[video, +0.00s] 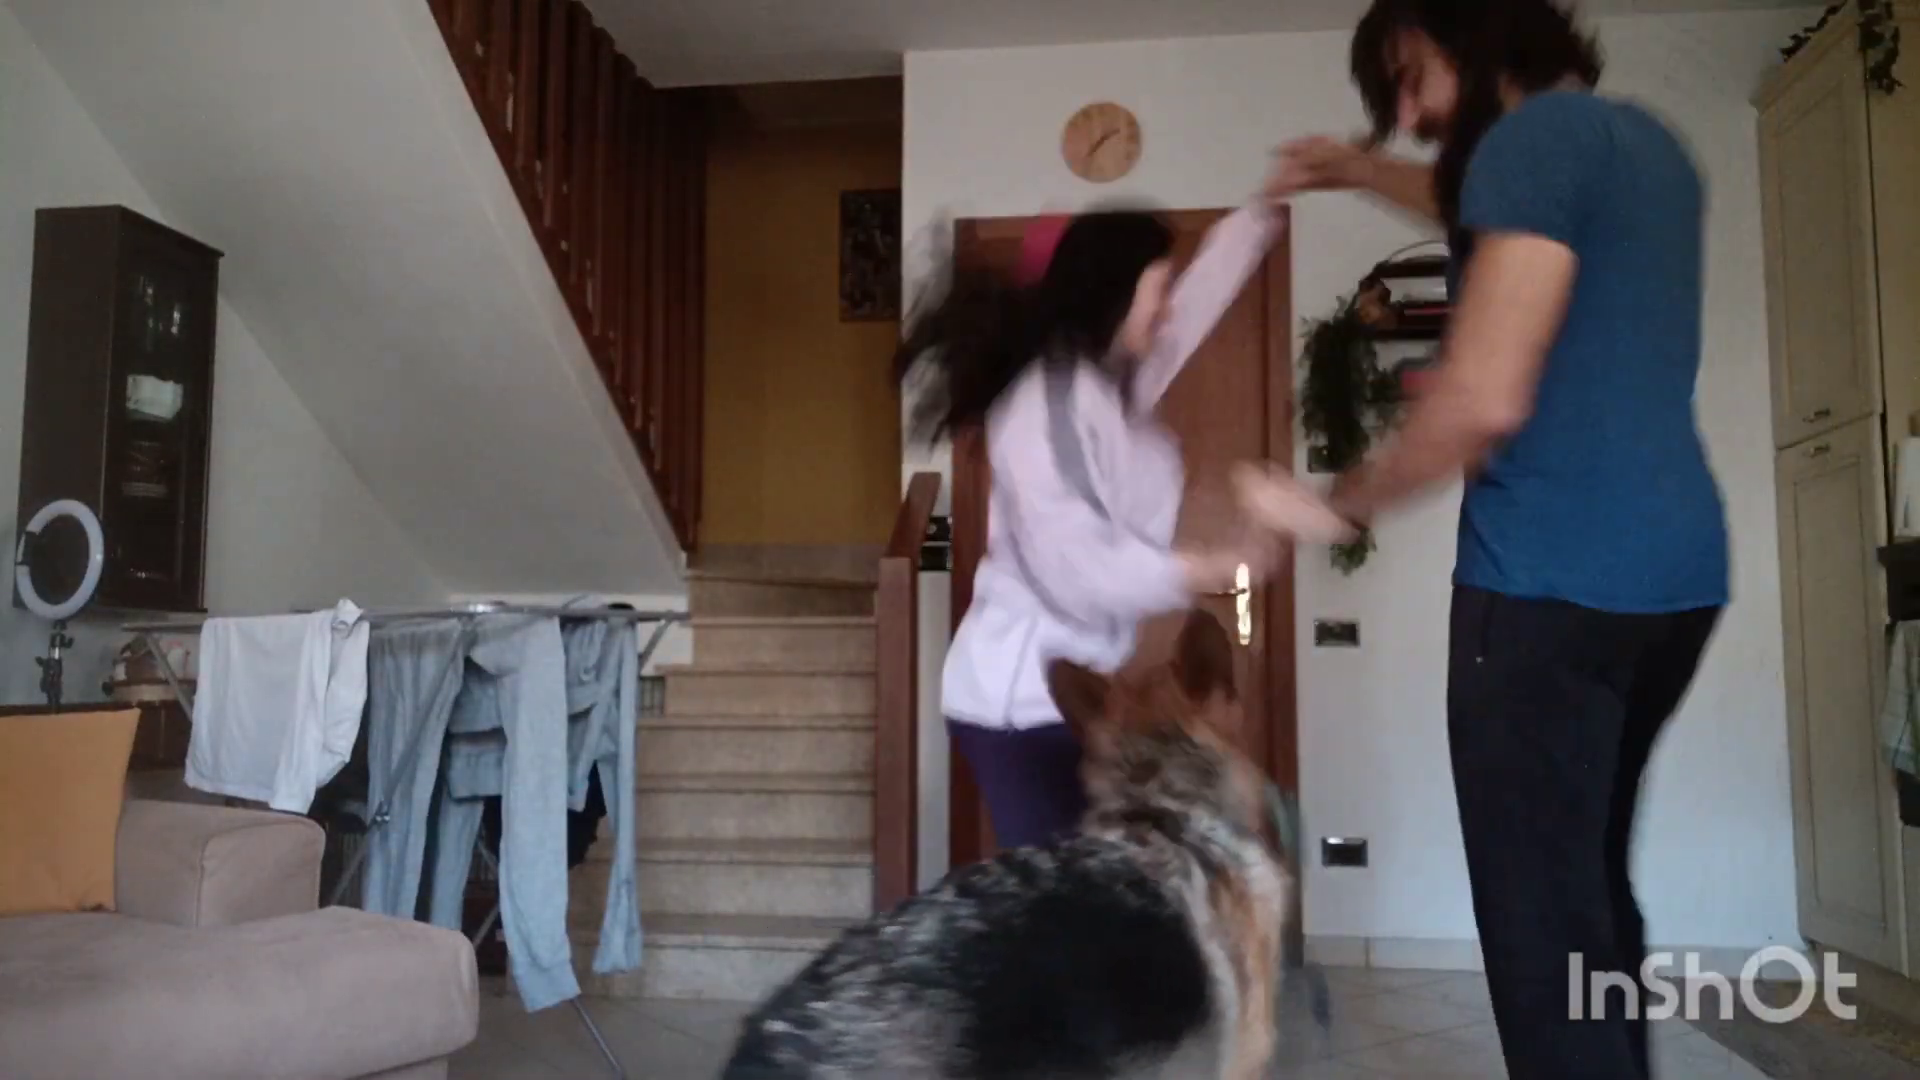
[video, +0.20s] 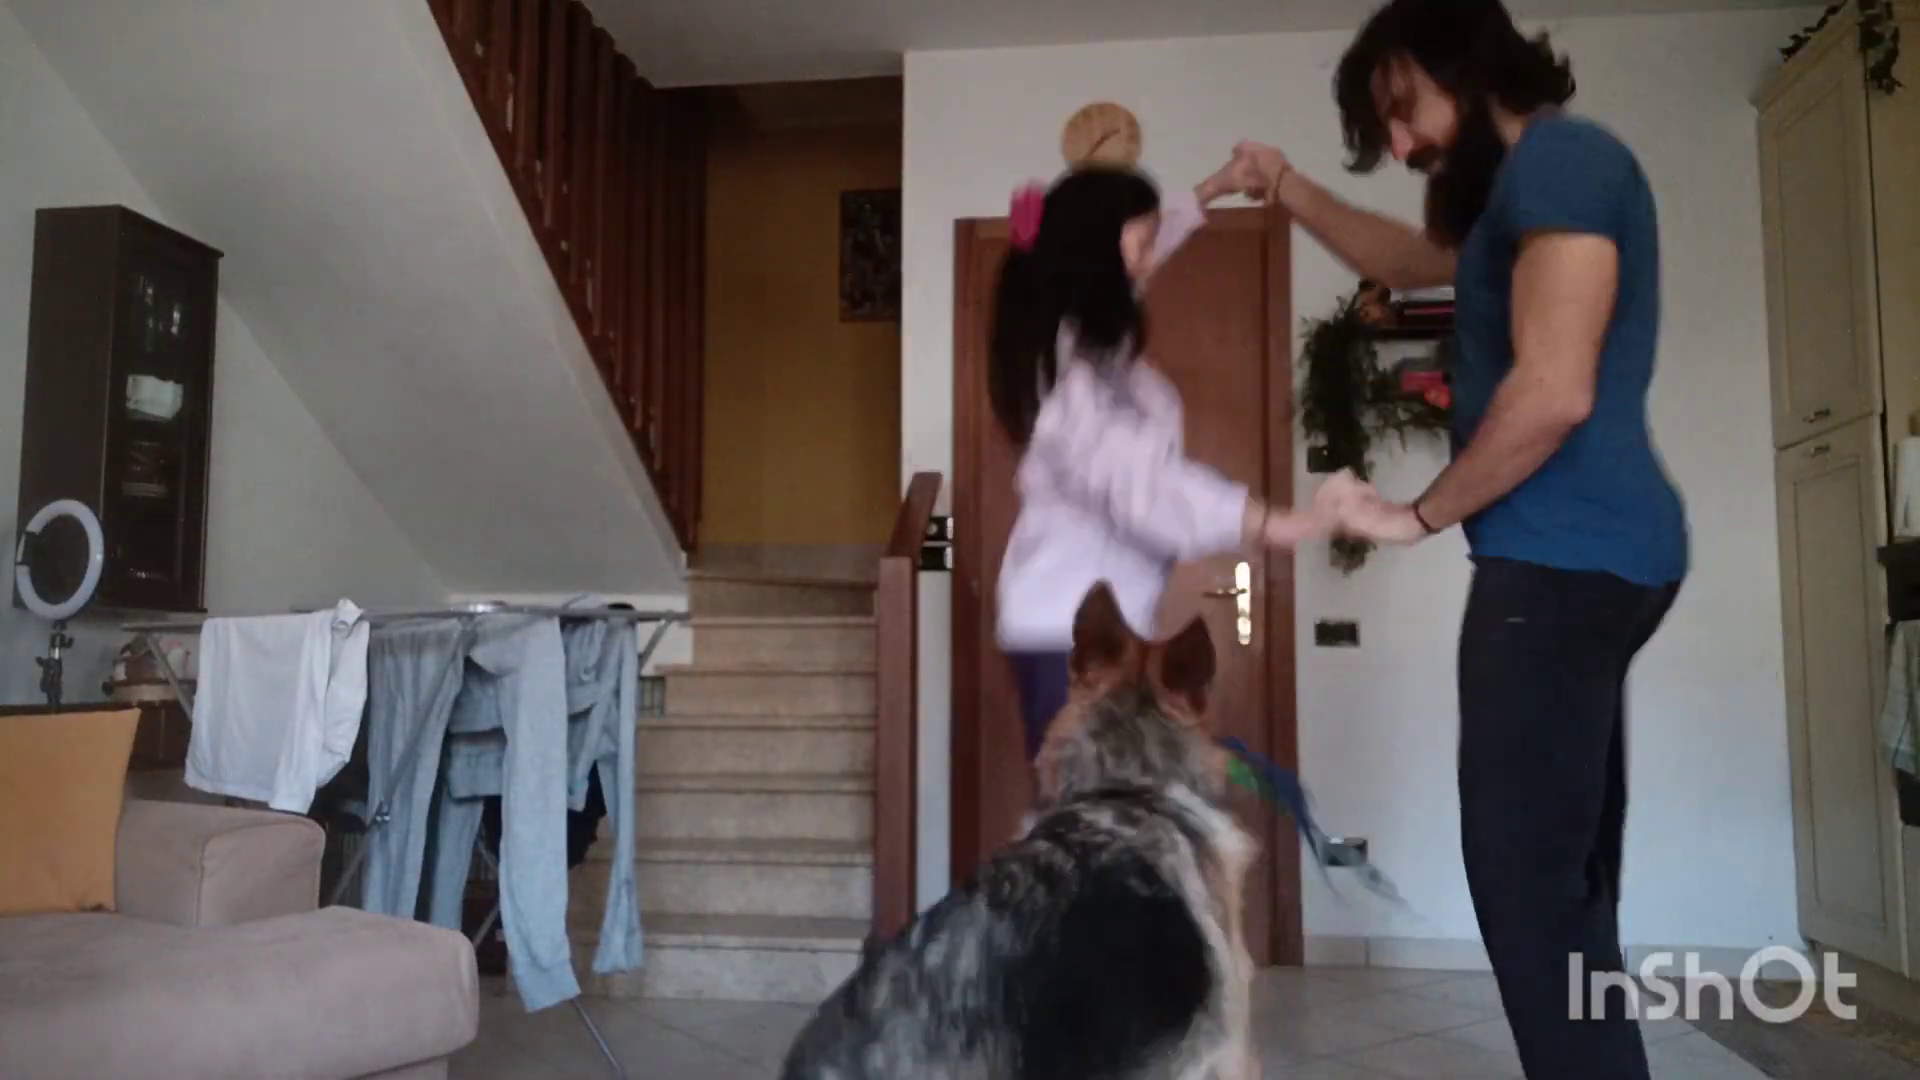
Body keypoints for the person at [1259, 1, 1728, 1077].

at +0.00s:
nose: (1409, 109)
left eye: (1413, 74)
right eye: (1396, 89)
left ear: (1476, 38)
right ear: (1529, 35)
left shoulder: (1537, 146)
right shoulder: (1650, 145)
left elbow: (1483, 397)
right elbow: (1511, 212)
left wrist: (1343, 503)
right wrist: (1367, 172)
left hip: (1549, 581)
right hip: (1661, 577)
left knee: (1533, 908)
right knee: (1588, 883)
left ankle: (1576, 1071)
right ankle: (1616, 1061)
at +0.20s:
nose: (1401, 142)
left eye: (1402, 105)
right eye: (1386, 121)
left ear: (1463, 63)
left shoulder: (1565, 159)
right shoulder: (1531, 176)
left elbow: (1554, 392)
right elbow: (1424, 260)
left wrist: (1423, 514)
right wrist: (1294, 193)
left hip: (1562, 559)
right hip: (1567, 554)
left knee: (1518, 867)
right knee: (1562, 861)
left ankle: (1580, 1067)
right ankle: (1597, 1062)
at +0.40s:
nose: (1422, 207)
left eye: (1436, 175)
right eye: (1409, 189)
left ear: (1497, 155)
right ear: (1410, 187)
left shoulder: (1584, 258)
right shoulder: (1493, 280)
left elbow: (1588, 462)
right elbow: (1367, 316)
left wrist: (1435, 550)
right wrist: (1238, 280)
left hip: (1575, 607)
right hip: (1526, 605)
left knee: (1536, 861)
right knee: (1501, 859)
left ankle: (1597, 1068)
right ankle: (1581, 1065)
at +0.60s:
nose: (1424, 162)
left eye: (1442, 131)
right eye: (1412, 145)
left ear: (1504, 111)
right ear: (1410, 150)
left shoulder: (1593, 215)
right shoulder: (1477, 247)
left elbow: (1604, 396)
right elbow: (1397, 364)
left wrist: (1456, 481)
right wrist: (1276, 421)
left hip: (1581, 558)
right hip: (1511, 560)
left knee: (1553, 829)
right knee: (1526, 827)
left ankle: (1607, 1064)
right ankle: (1597, 1060)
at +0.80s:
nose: (1432, 210)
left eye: (1451, 183)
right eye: (1422, 192)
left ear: (1509, 182)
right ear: (1419, 205)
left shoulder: (1582, 271)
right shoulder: (1486, 313)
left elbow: (1538, 388)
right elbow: (1447, 450)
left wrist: (1379, 323)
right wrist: (1337, 524)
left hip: (1574, 620)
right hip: (1505, 623)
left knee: (1540, 865)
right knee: (1508, 866)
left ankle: (1634, 1072)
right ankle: (1611, 1068)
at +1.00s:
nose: (1445, 170)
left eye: (1453, 142)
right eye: (1430, 157)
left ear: (1508, 122)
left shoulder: (1582, 215)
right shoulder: (1508, 269)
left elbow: (1437, 193)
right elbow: (1480, 429)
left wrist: (1290, 154)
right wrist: (1402, 531)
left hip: (1560, 544)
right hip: (1512, 551)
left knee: (1500, 787)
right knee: (1529, 796)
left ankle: (1593, 1051)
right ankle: (1590, 1048)